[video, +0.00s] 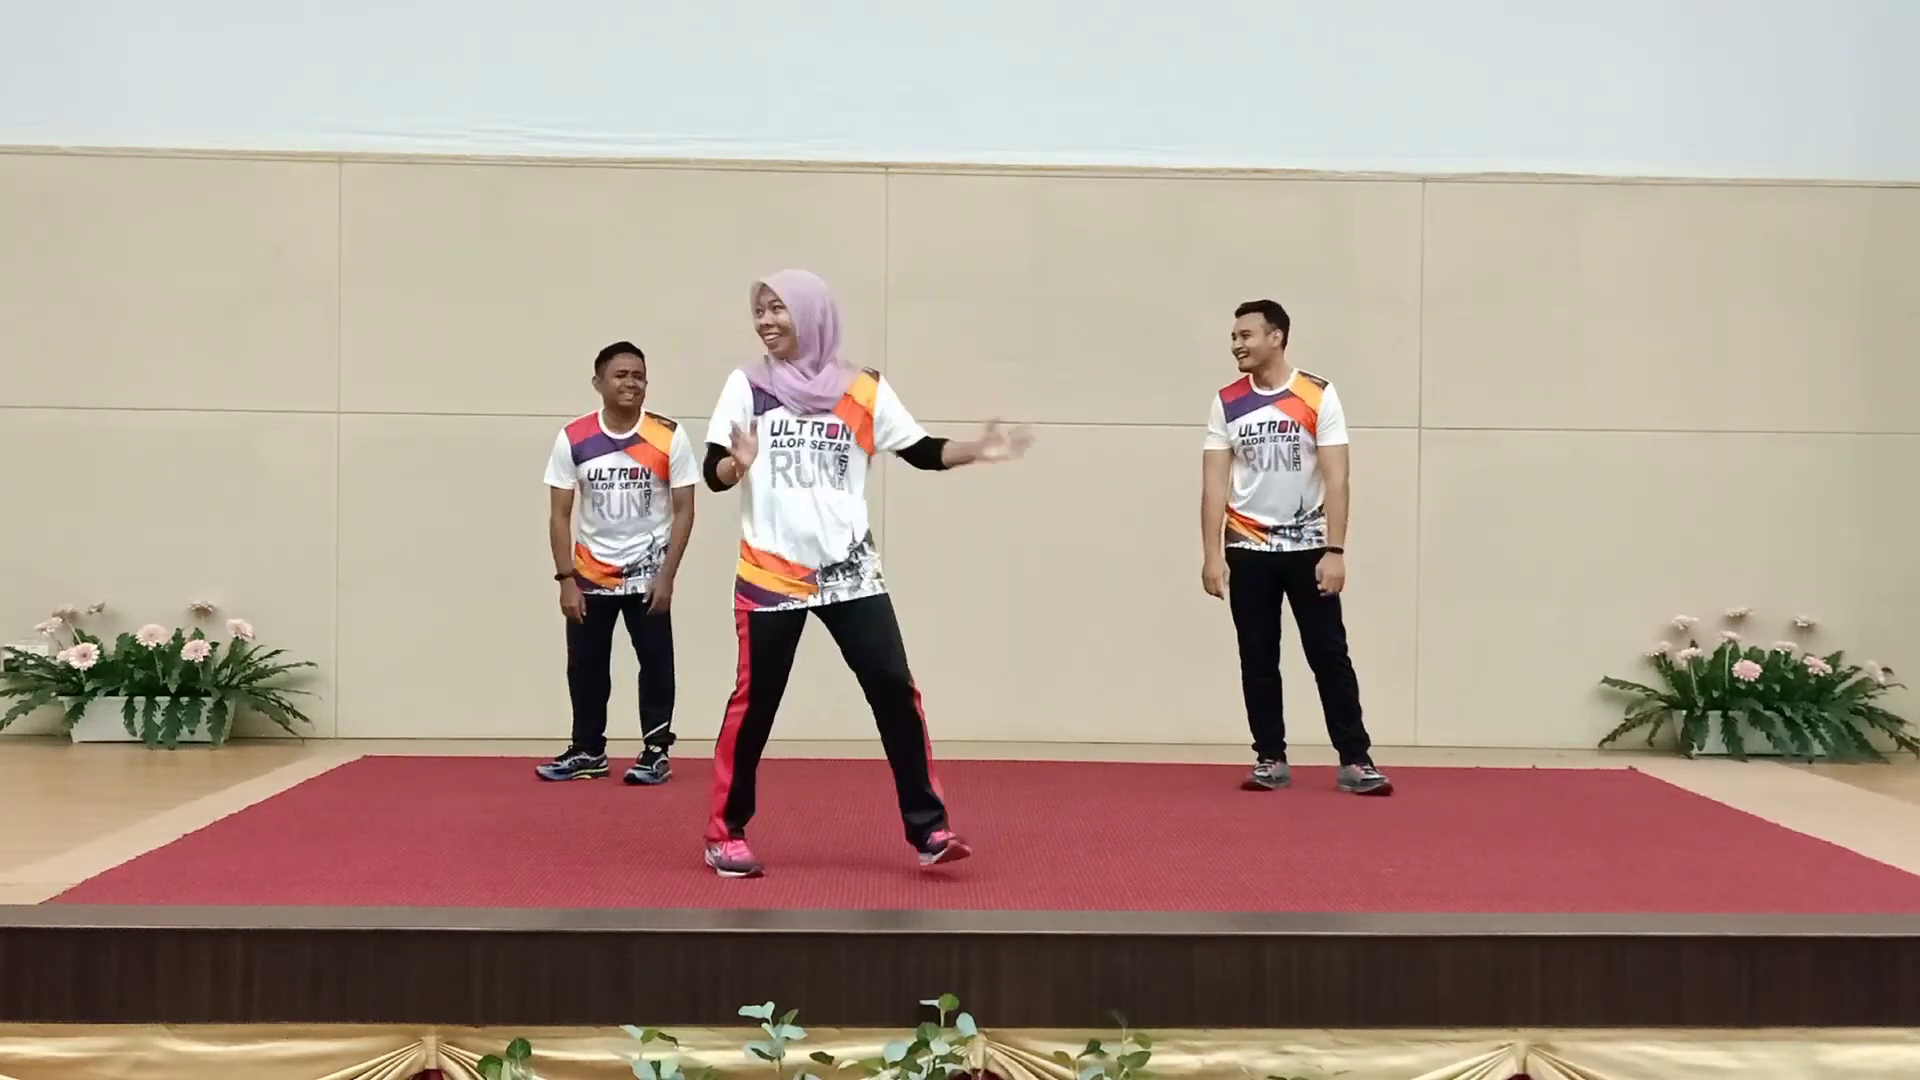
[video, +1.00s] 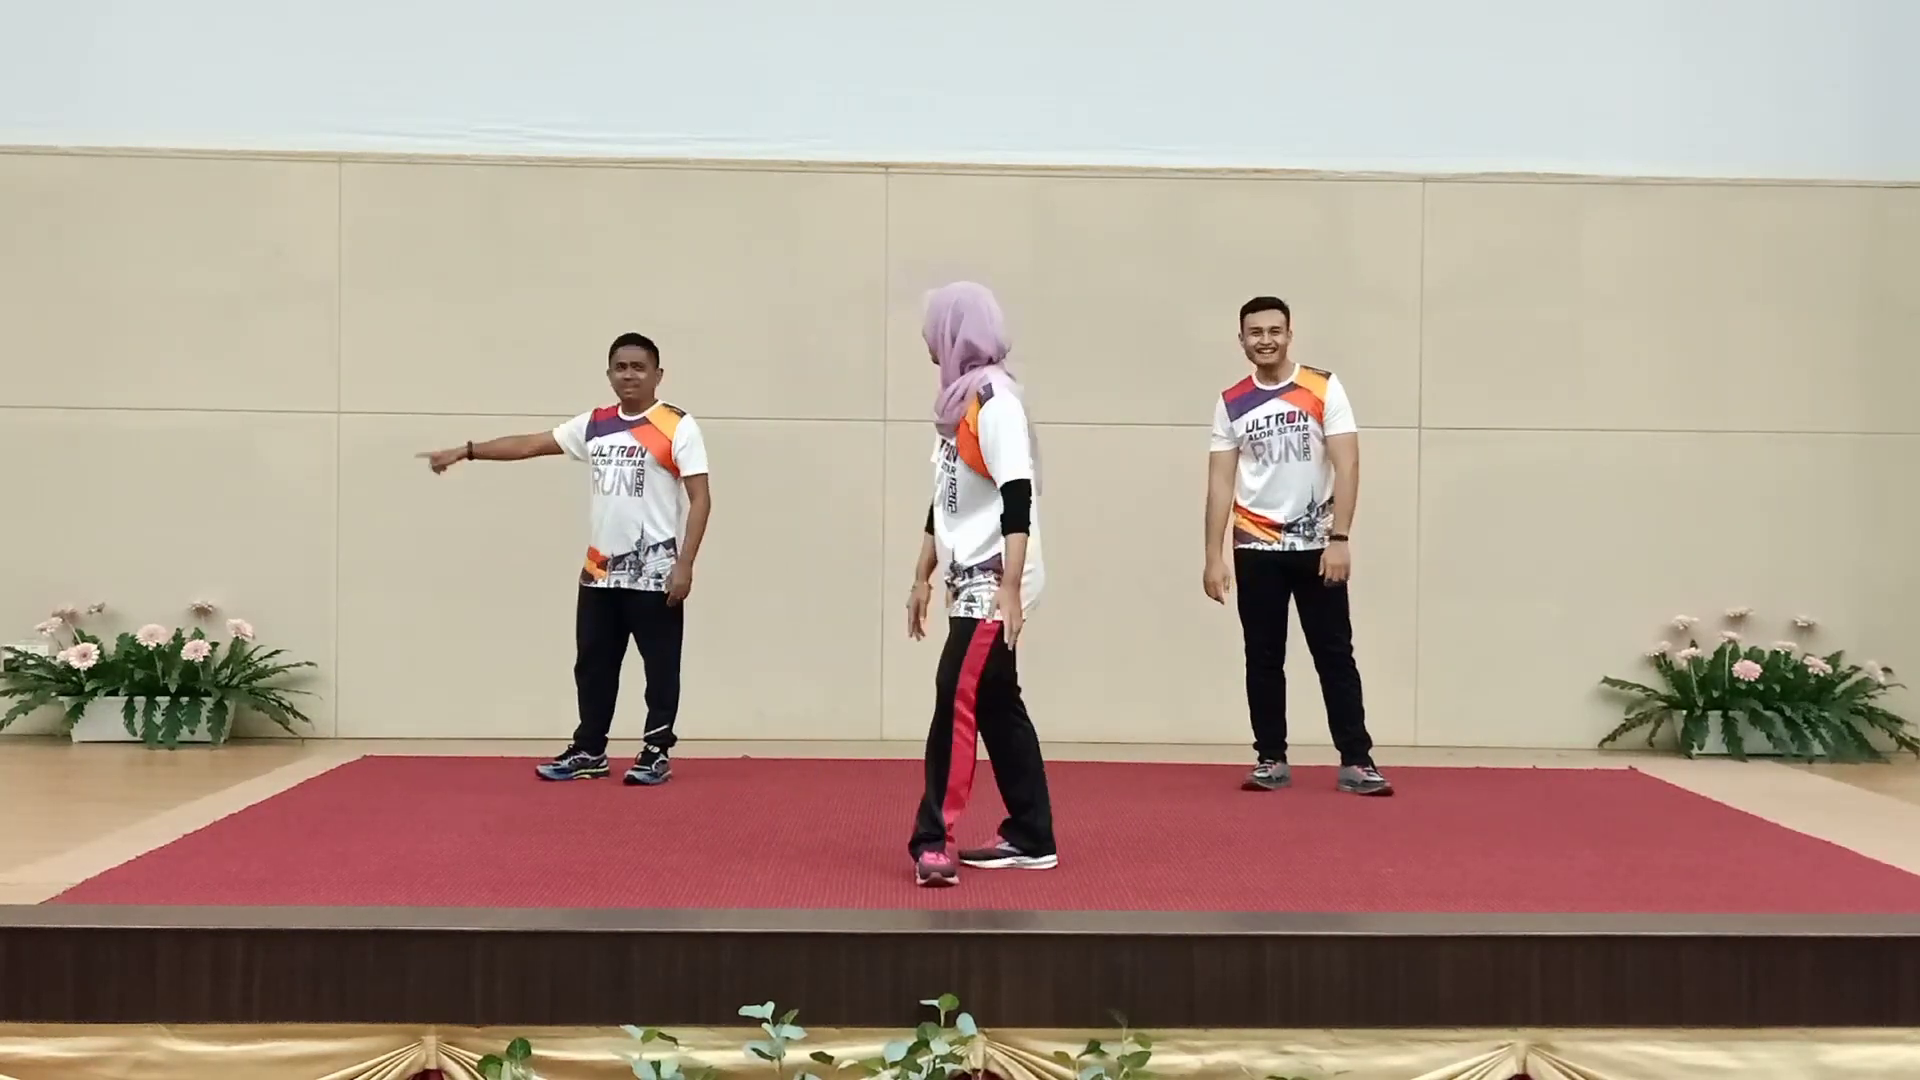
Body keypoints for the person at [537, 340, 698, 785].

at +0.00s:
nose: (631, 382)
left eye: (638, 375)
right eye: (621, 375)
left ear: (646, 382)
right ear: (599, 381)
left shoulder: (670, 438)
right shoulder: (573, 439)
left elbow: (684, 511)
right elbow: (559, 515)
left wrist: (666, 574)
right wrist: (566, 578)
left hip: (649, 573)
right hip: (591, 574)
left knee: (656, 665)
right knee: (585, 666)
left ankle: (656, 753)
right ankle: (588, 752)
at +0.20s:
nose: (610, 392)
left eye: (619, 383)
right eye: (601, 385)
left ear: (636, 387)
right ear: (589, 391)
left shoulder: (665, 439)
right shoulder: (572, 445)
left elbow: (678, 515)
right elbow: (569, 521)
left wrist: (658, 577)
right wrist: (575, 583)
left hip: (651, 580)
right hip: (597, 582)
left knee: (657, 671)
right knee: (591, 671)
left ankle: (655, 754)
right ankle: (588, 752)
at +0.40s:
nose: (583, 390)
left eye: (590, 382)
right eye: (582, 381)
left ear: (622, 384)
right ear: (607, 384)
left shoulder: (667, 435)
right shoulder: (584, 436)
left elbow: (690, 506)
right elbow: (563, 506)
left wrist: (669, 572)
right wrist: (538, 563)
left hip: (654, 581)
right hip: (600, 579)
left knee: (661, 673)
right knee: (595, 670)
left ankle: (655, 754)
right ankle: (589, 752)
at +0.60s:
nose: (588, 386)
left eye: (594, 378)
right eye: (588, 377)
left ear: (623, 379)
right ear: (615, 379)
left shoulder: (670, 428)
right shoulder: (588, 429)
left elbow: (699, 498)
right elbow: (528, 458)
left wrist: (691, 568)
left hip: (658, 576)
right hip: (605, 575)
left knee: (662, 672)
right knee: (596, 668)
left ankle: (656, 755)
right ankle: (589, 752)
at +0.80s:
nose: (597, 380)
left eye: (604, 372)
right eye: (597, 372)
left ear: (634, 375)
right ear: (620, 376)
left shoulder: (675, 428)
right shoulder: (593, 423)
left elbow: (701, 498)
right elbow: (529, 428)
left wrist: (694, 567)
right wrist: (463, 422)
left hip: (656, 576)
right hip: (602, 574)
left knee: (661, 672)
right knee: (594, 667)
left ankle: (656, 754)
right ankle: (589, 753)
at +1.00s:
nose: (627, 374)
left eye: (637, 366)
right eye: (619, 366)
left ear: (657, 374)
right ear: (610, 374)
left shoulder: (678, 427)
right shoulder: (593, 425)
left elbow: (700, 499)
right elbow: (530, 445)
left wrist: (685, 564)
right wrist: (464, 451)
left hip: (656, 574)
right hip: (601, 572)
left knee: (661, 670)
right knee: (593, 666)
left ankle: (656, 755)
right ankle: (589, 752)